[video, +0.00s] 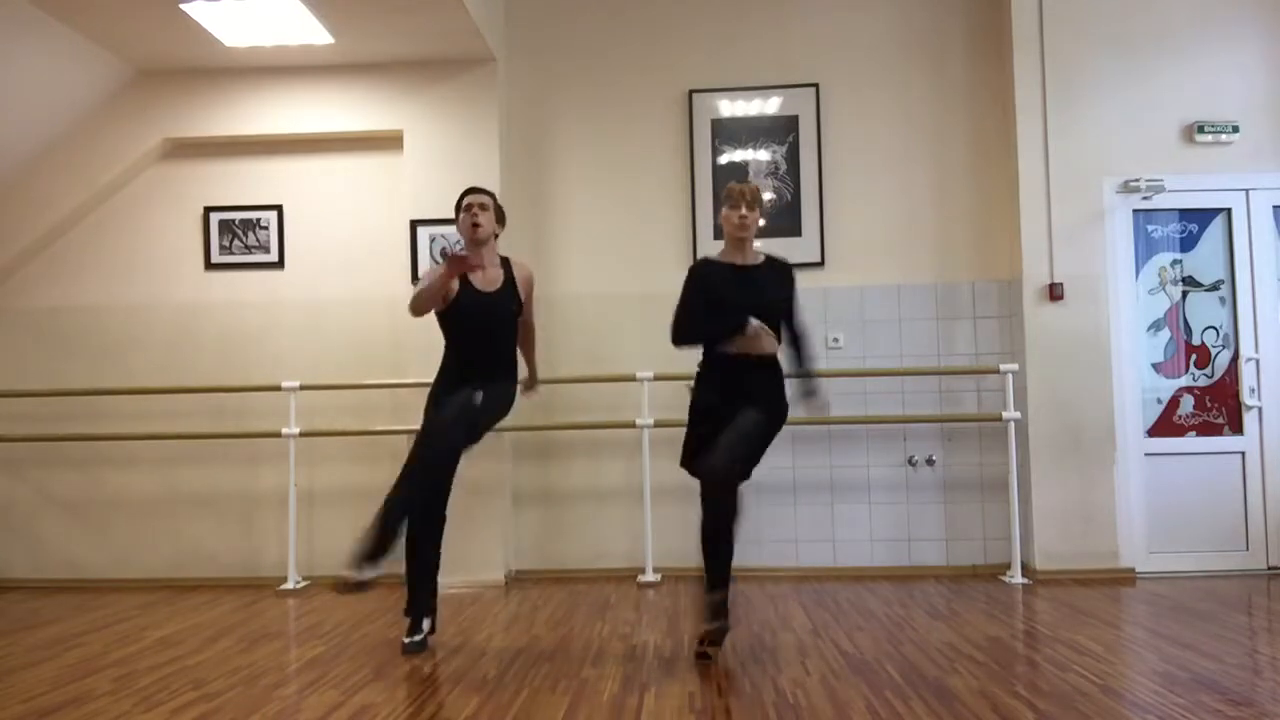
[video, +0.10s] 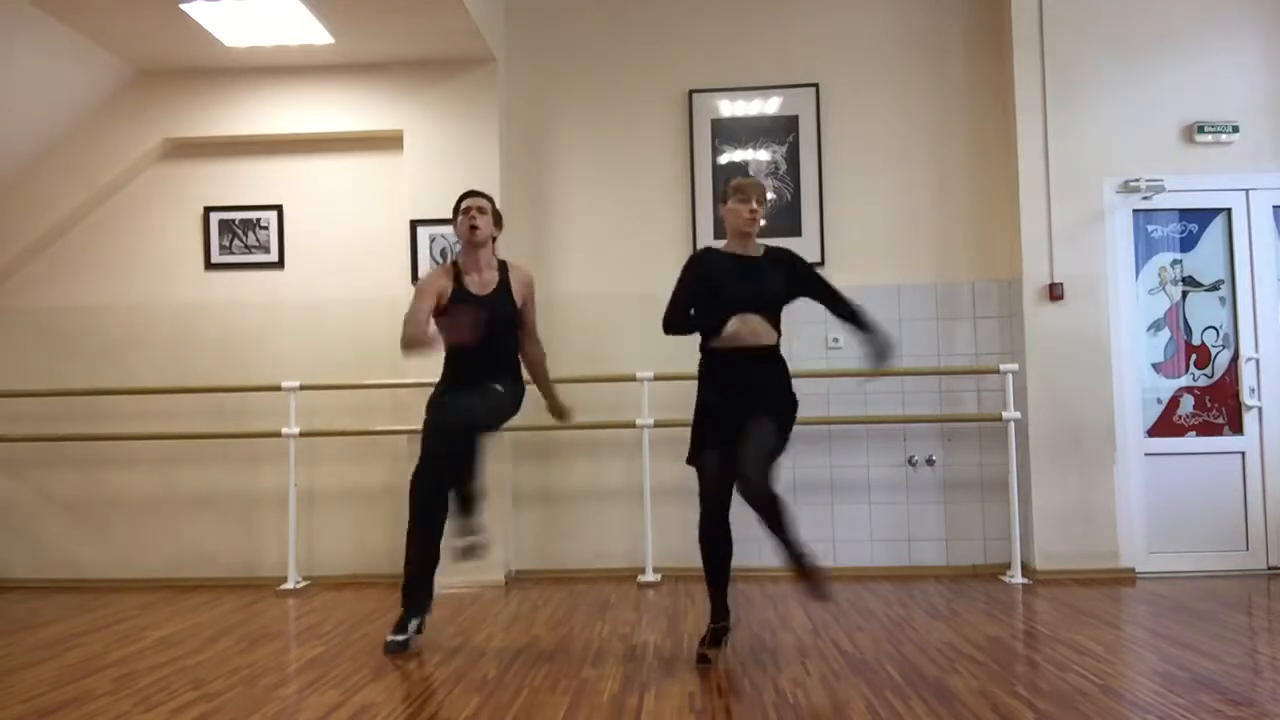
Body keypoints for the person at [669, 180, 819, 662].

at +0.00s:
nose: (742, 214)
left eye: (750, 208)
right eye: (734, 206)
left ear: (760, 217)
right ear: (719, 215)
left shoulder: (778, 271)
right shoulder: (704, 271)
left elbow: (790, 328)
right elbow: (681, 334)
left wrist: (807, 378)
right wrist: (737, 329)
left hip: (763, 395)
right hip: (715, 394)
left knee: (720, 470)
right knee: (715, 500)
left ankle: (717, 598)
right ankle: (715, 615)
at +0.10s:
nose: (752, 208)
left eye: (758, 201)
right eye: (742, 201)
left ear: (765, 210)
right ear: (721, 210)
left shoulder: (782, 261)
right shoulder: (703, 262)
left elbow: (833, 300)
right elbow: (673, 322)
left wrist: (873, 334)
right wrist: (721, 322)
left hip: (769, 386)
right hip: (717, 388)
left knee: (751, 477)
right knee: (713, 508)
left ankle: (799, 559)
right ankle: (719, 618)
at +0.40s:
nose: (779, 213)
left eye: (783, 207)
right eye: (768, 205)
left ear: (787, 217)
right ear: (746, 216)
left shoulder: (810, 260)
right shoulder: (732, 274)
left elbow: (849, 258)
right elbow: (697, 319)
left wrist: (833, 230)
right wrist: (724, 357)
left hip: (818, 390)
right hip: (766, 393)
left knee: (834, 505)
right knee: (755, 505)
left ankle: (858, 613)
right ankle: (737, 612)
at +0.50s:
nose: (795, 211)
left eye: (801, 204)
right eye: (785, 203)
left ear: (809, 216)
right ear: (766, 216)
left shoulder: (825, 265)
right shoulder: (754, 278)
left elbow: (826, 279)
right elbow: (723, 327)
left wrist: (806, 232)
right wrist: (751, 365)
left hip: (836, 388)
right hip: (787, 391)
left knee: (851, 502)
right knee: (777, 492)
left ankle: (864, 612)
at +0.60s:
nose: (817, 218)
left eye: (822, 211)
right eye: (807, 210)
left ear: (828, 222)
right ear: (783, 223)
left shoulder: (841, 270)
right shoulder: (770, 282)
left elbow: (829, 316)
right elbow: (745, 336)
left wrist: (790, 257)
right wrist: (772, 373)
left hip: (856, 393)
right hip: (809, 400)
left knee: (862, 507)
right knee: (822, 507)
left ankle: (863, 614)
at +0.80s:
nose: (831, 219)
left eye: (835, 213)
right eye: (821, 212)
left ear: (840, 224)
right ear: (796, 224)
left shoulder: (854, 273)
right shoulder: (781, 283)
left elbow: (840, 319)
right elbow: (757, 339)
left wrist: (797, 265)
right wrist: (785, 376)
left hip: (873, 393)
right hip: (824, 403)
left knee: (875, 513)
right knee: (862, 516)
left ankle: (865, 614)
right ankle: (932, 607)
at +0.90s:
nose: (837, 220)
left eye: (840, 213)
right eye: (827, 213)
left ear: (845, 223)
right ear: (802, 224)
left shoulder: (860, 272)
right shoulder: (786, 282)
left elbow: (846, 317)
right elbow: (763, 339)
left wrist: (803, 267)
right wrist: (793, 376)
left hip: (881, 395)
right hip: (831, 403)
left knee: (876, 514)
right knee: (865, 515)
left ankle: (866, 615)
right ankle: (934, 608)